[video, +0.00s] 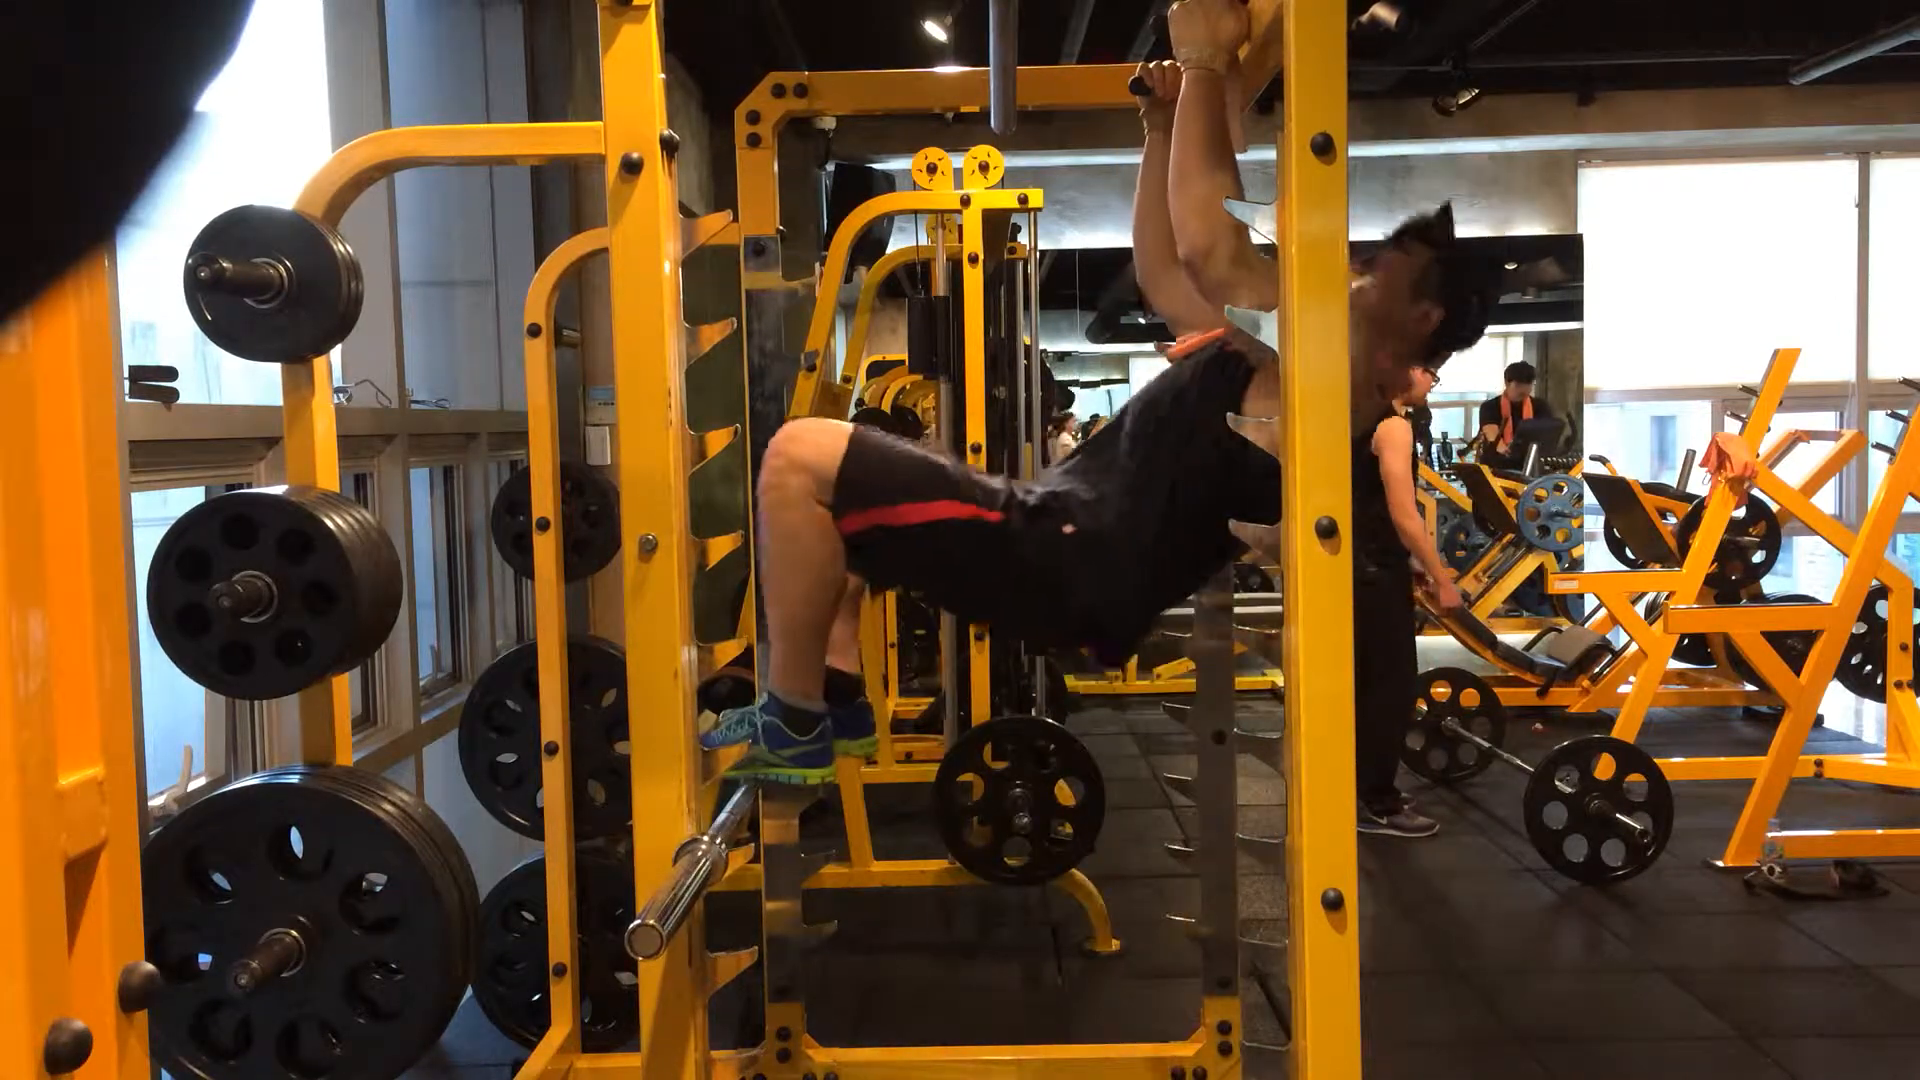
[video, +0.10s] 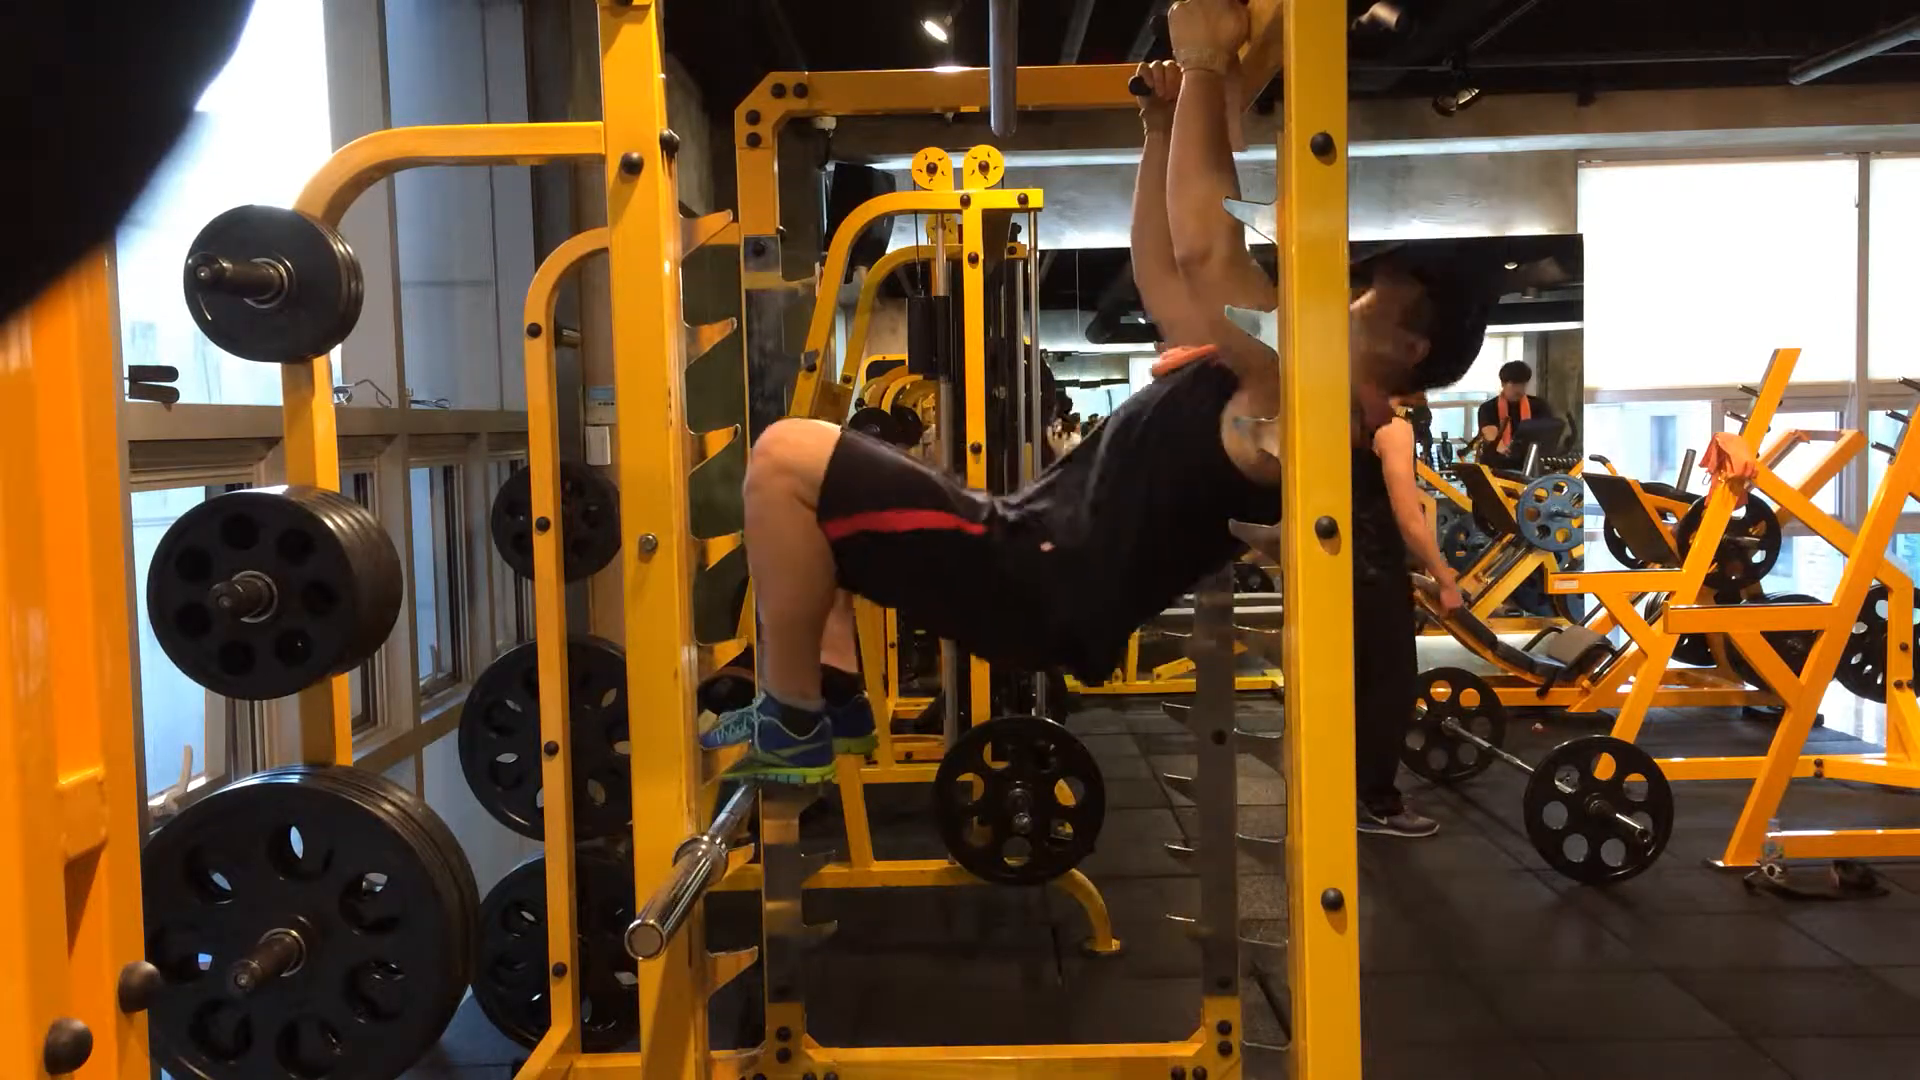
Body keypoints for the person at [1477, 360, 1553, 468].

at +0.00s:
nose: (1523, 390)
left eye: (1527, 385)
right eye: (1519, 385)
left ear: (1531, 386)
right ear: (1507, 383)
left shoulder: (1539, 406)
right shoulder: (1490, 407)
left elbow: (1548, 432)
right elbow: (1491, 432)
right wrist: (1501, 447)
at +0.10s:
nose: (1519, 390)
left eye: (1522, 385)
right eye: (1514, 385)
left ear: (1526, 384)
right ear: (1503, 384)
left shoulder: (1538, 405)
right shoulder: (1488, 408)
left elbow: (1548, 433)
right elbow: (1490, 435)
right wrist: (1501, 447)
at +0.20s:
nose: (1518, 391)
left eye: (1521, 385)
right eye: (1513, 386)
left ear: (1524, 383)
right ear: (1501, 384)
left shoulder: (1538, 405)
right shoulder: (1487, 409)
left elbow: (1547, 433)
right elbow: (1490, 437)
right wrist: (1503, 449)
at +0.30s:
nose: (1519, 392)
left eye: (1521, 387)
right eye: (1513, 387)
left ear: (1525, 385)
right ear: (1502, 386)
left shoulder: (1537, 404)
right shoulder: (1486, 409)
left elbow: (1547, 432)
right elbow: (1489, 436)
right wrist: (1503, 448)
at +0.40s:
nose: (1520, 399)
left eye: (1523, 395)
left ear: (1527, 389)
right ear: (1504, 387)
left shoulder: (1538, 405)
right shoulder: (1488, 409)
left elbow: (1547, 433)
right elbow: (1489, 436)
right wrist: (1500, 447)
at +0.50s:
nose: (1523, 392)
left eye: (1526, 387)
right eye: (1517, 387)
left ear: (1530, 387)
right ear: (1507, 385)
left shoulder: (1539, 406)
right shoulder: (1490, 407)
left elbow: (1546, 435)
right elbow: (1491, 440)